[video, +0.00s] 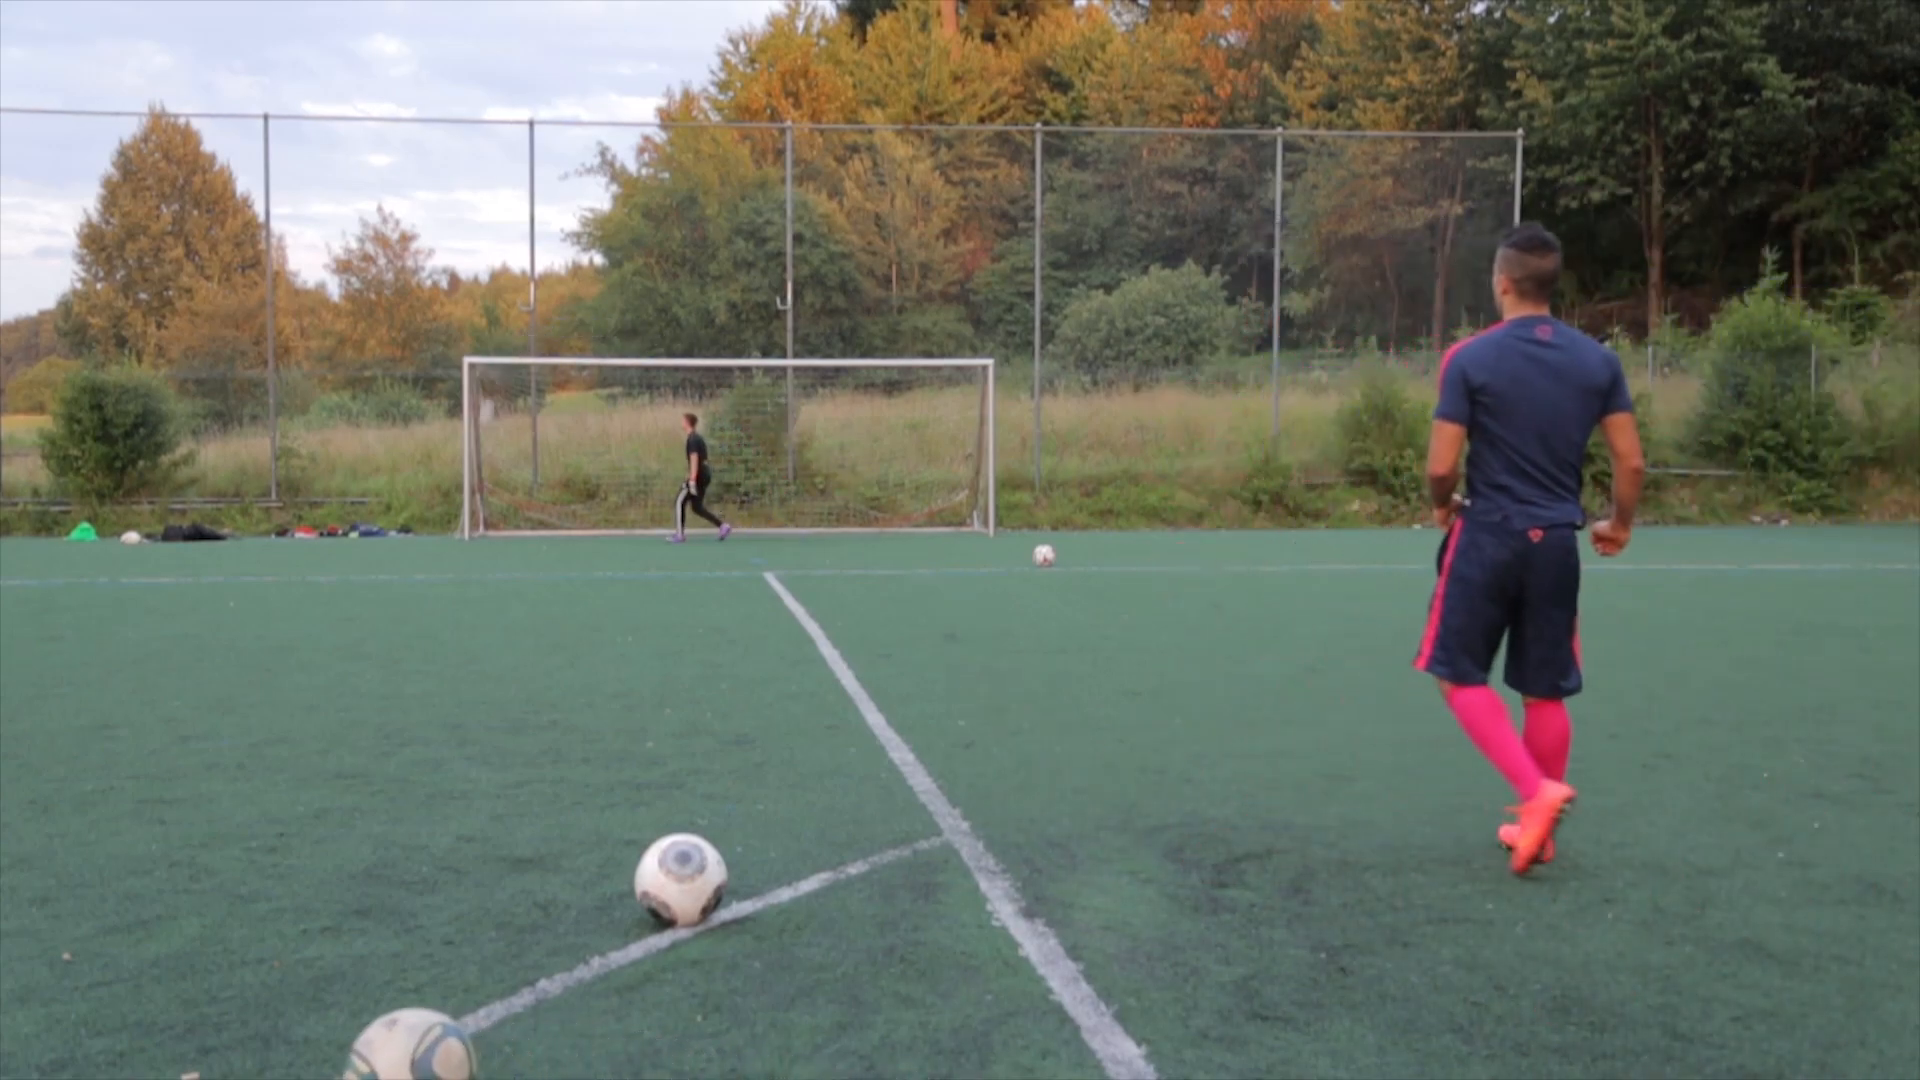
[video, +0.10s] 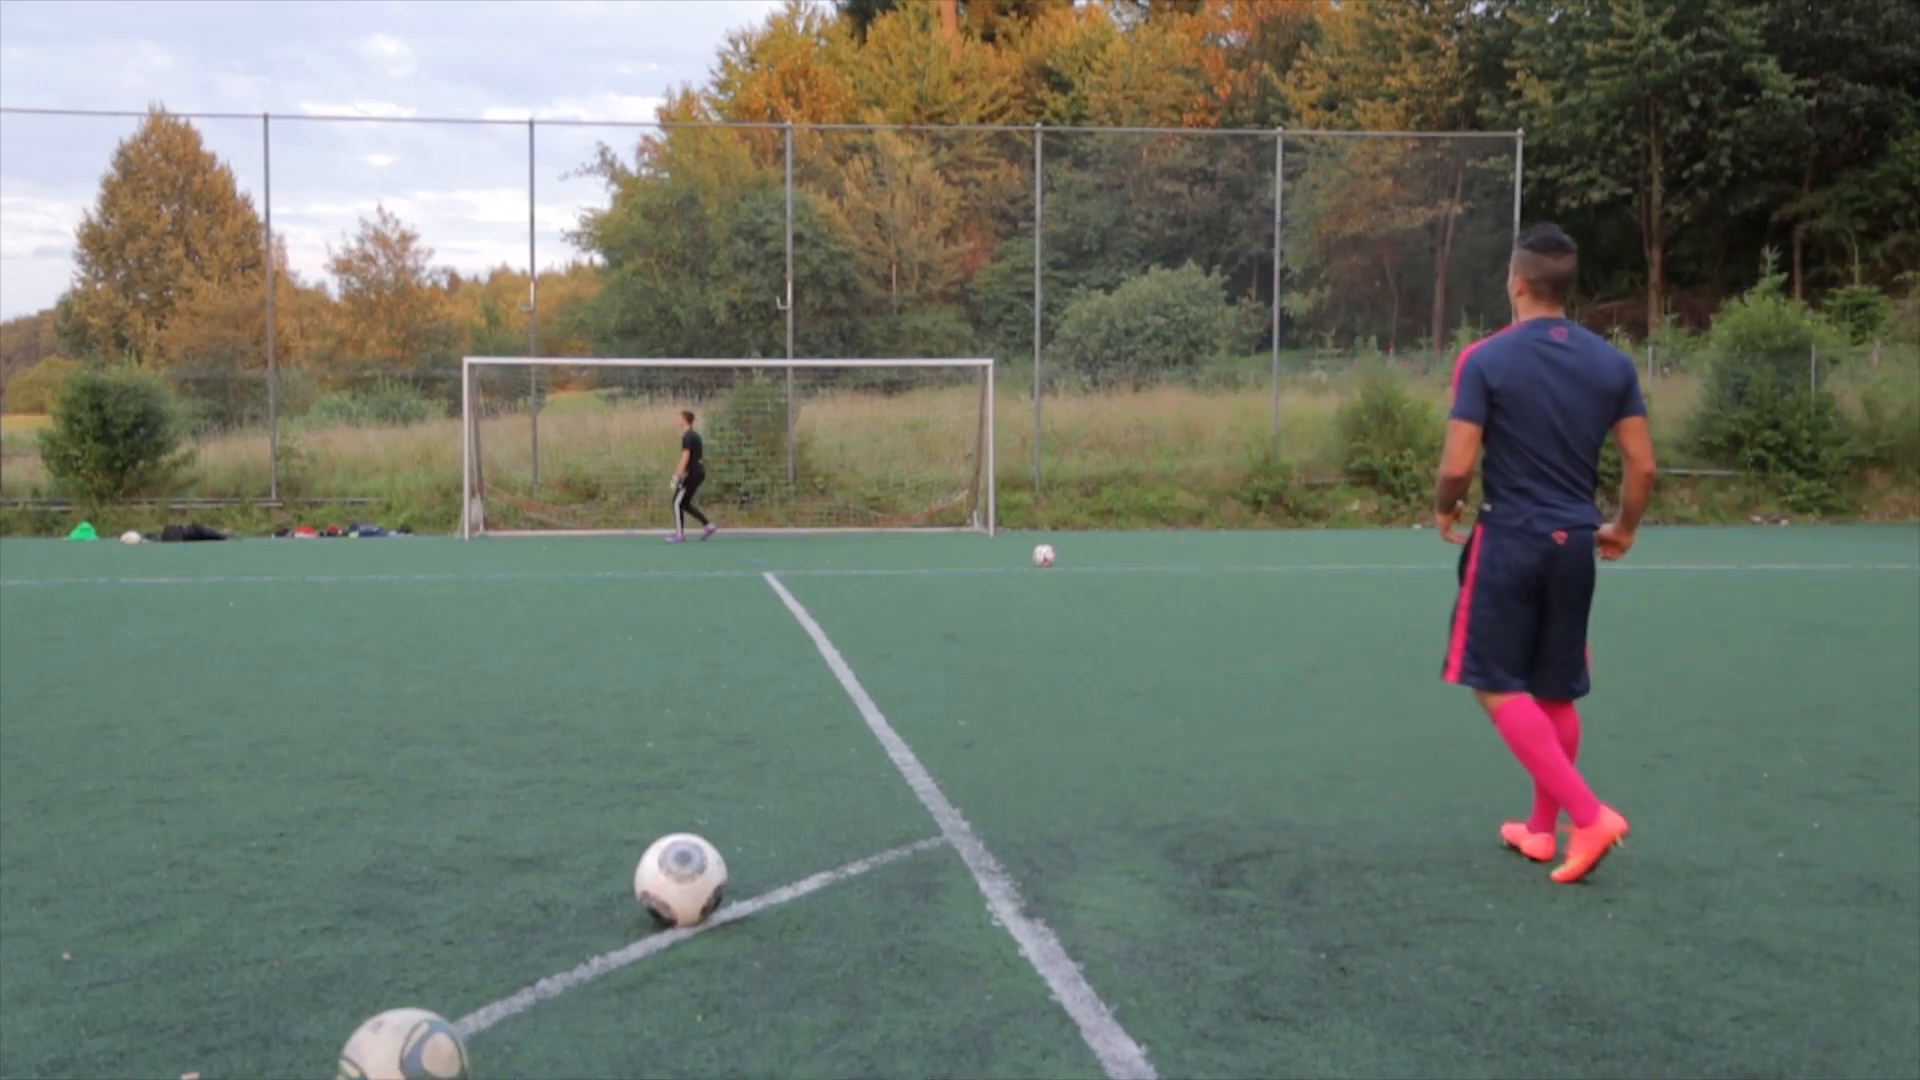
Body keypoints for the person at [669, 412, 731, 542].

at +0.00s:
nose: (682, 424)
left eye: (684, 421)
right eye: (683, 421)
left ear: (688, 423)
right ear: (693, 423)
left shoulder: (692, 439)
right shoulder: (697, 438)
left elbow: (694, 461)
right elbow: (700, 459)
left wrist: (692, 480)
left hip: (697, 475)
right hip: (703, 474)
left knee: (680, 501)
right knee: (697, 506)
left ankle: (679, 534)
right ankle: (721, 526)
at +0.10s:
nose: (680, 422)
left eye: (681, 419)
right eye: (680, 419)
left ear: (685, 420)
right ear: (690, 420)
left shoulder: (688, 437)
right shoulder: (695, 436)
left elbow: (685, 457)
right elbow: (693, 457)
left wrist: (677, 475)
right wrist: (683, 473)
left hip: (692, 471)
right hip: (698, 470)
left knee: (677, 501)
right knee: (685, 503)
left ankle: (679, 533)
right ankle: (708, 525)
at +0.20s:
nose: (677, 421)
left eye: (678, 418)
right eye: (677, 418)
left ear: (683, 419)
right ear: (687, 419)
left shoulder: (687, 435)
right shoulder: (692, 434)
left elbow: (680, 455)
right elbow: (689, 455)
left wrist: (662, 469)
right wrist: (679, 468)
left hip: (688, 468)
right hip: (692, 467)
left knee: (676, 500)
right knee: (678, 499)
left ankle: (679, 533)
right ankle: (691, 528)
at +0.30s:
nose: (675, 420)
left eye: (676, 417)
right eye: (676, 417)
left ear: (681, 418)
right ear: (686, 418)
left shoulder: (685, 434)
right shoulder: (689, 433)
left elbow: (678, 454)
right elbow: (685, 454)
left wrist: (659, 460)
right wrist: (670, 461)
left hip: (685, 468)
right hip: (687, 467)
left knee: (675, 500)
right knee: (673, 500)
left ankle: (679, 534)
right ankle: (679, 532)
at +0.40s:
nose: (674, 419)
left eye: (675, 416)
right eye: (675, 416)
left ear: (678, 417)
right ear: (685, 417)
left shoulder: (683, 434)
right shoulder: (686, 433)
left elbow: (676, 454)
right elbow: (680, 454)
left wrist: (658, 458)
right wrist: (665, 460)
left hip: (682, 469)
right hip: (683, 468)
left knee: (674, 500)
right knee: (671, 500)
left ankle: (679, 534)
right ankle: (679, 532)